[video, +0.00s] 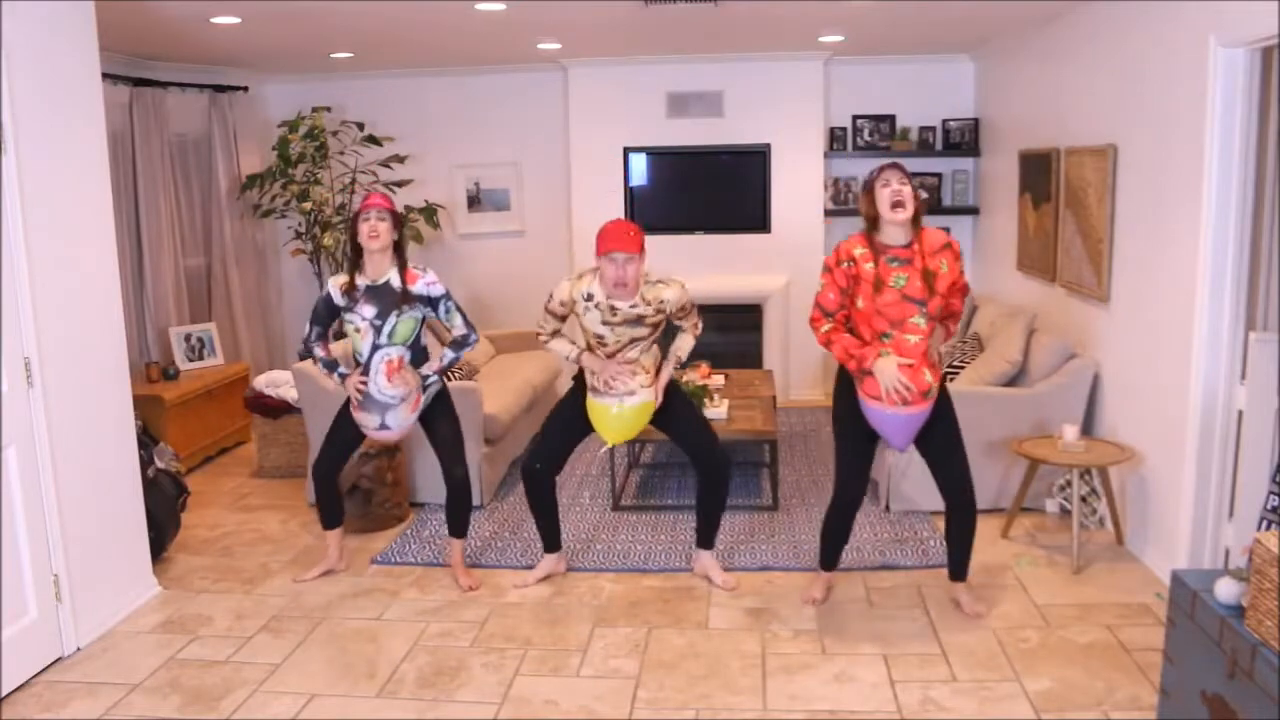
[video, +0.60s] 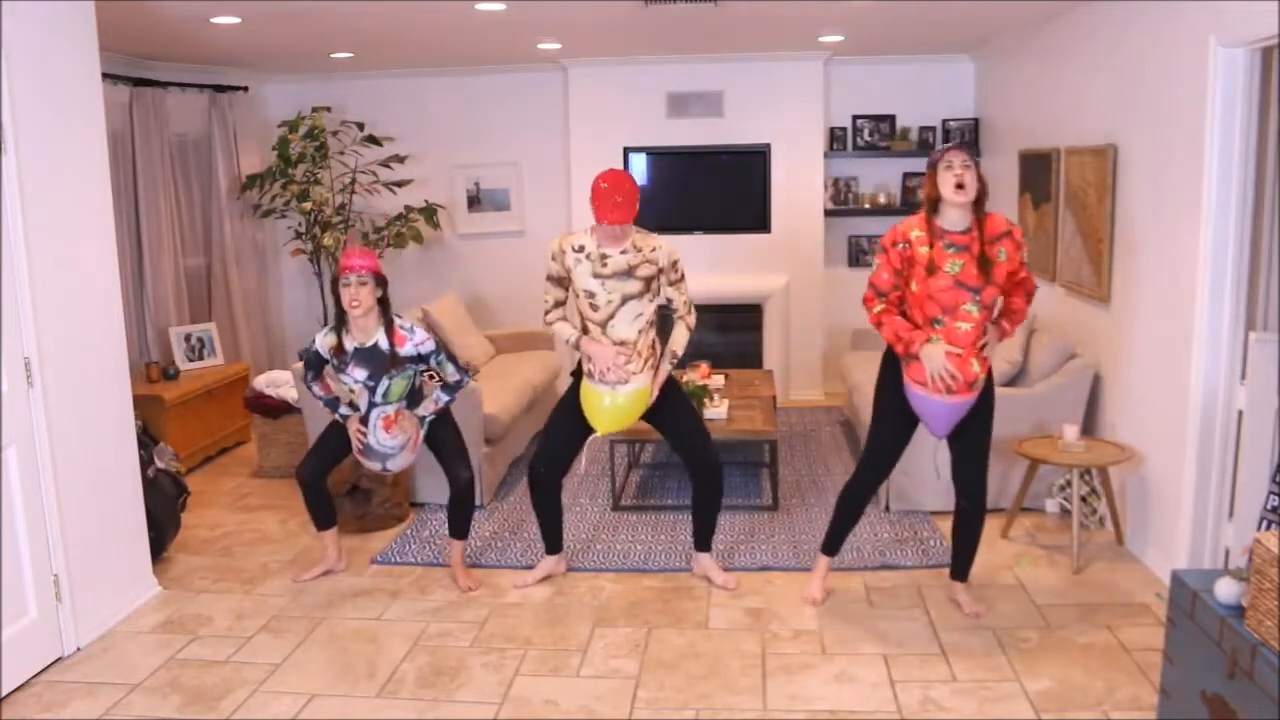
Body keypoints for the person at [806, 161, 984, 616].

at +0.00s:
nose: (896, 190)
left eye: (903, 183)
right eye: (885, 184)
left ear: (916, 197)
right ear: (871, 201)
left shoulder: (940, 247)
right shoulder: (850, 253)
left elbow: (954, 309)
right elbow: (823, 320)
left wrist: (936, 335)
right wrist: (871, 360)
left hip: (924, 376)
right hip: (861, 377)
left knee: (960, 491)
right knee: (850, 488)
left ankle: (958, 583)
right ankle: (824, 574)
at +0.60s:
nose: (960, 173)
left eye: (967, 166)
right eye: (949, 167)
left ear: (979, 179)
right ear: (933, 182)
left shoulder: (1000, 234)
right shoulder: (907, 235)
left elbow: (1022, 289)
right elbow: (877, 301)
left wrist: (997, 331)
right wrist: (918, 345)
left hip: (972, 367)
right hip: (909, 363)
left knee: (972, 484)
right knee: (873, 468)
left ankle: (959, 580)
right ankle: (823, 561)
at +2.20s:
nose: (917, 217)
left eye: (927, 209)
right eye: (910, 207)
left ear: (937, 207)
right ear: (893, 199)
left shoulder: (950, 236)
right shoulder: (858, 229)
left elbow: (976, 296)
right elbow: (812, 284)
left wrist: (938, 320)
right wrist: (868, 314)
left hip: (921, 368)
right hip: (861, 366)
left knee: (964, 486)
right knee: (833, 485)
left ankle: (971, 585)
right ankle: (801, 592)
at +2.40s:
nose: (920, 209)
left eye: (929, 201)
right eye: (912, 199)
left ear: (937, 203)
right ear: (891, 196)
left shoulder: (948, 238)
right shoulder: (856, 235)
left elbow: (974, 298)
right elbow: (812, 288)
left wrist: (939, 323)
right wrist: (867, 316)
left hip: (922, 370)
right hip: (861, 367)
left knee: (966, 486)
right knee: (833, 485)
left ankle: (971, 584)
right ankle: (801, 592)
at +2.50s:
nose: (920, 208)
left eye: (928, 200)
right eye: (912, 198)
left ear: (936, 202)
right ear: (890, 195)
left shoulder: (948, 238)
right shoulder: (856, 235)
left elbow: (973, 298)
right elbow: (812, 290)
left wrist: (938, 324)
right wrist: (868, 318)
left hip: (922, 370)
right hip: (861, 368)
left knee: (967, 487)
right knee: (832, 486)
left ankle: (971, 584)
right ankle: (801, 591)